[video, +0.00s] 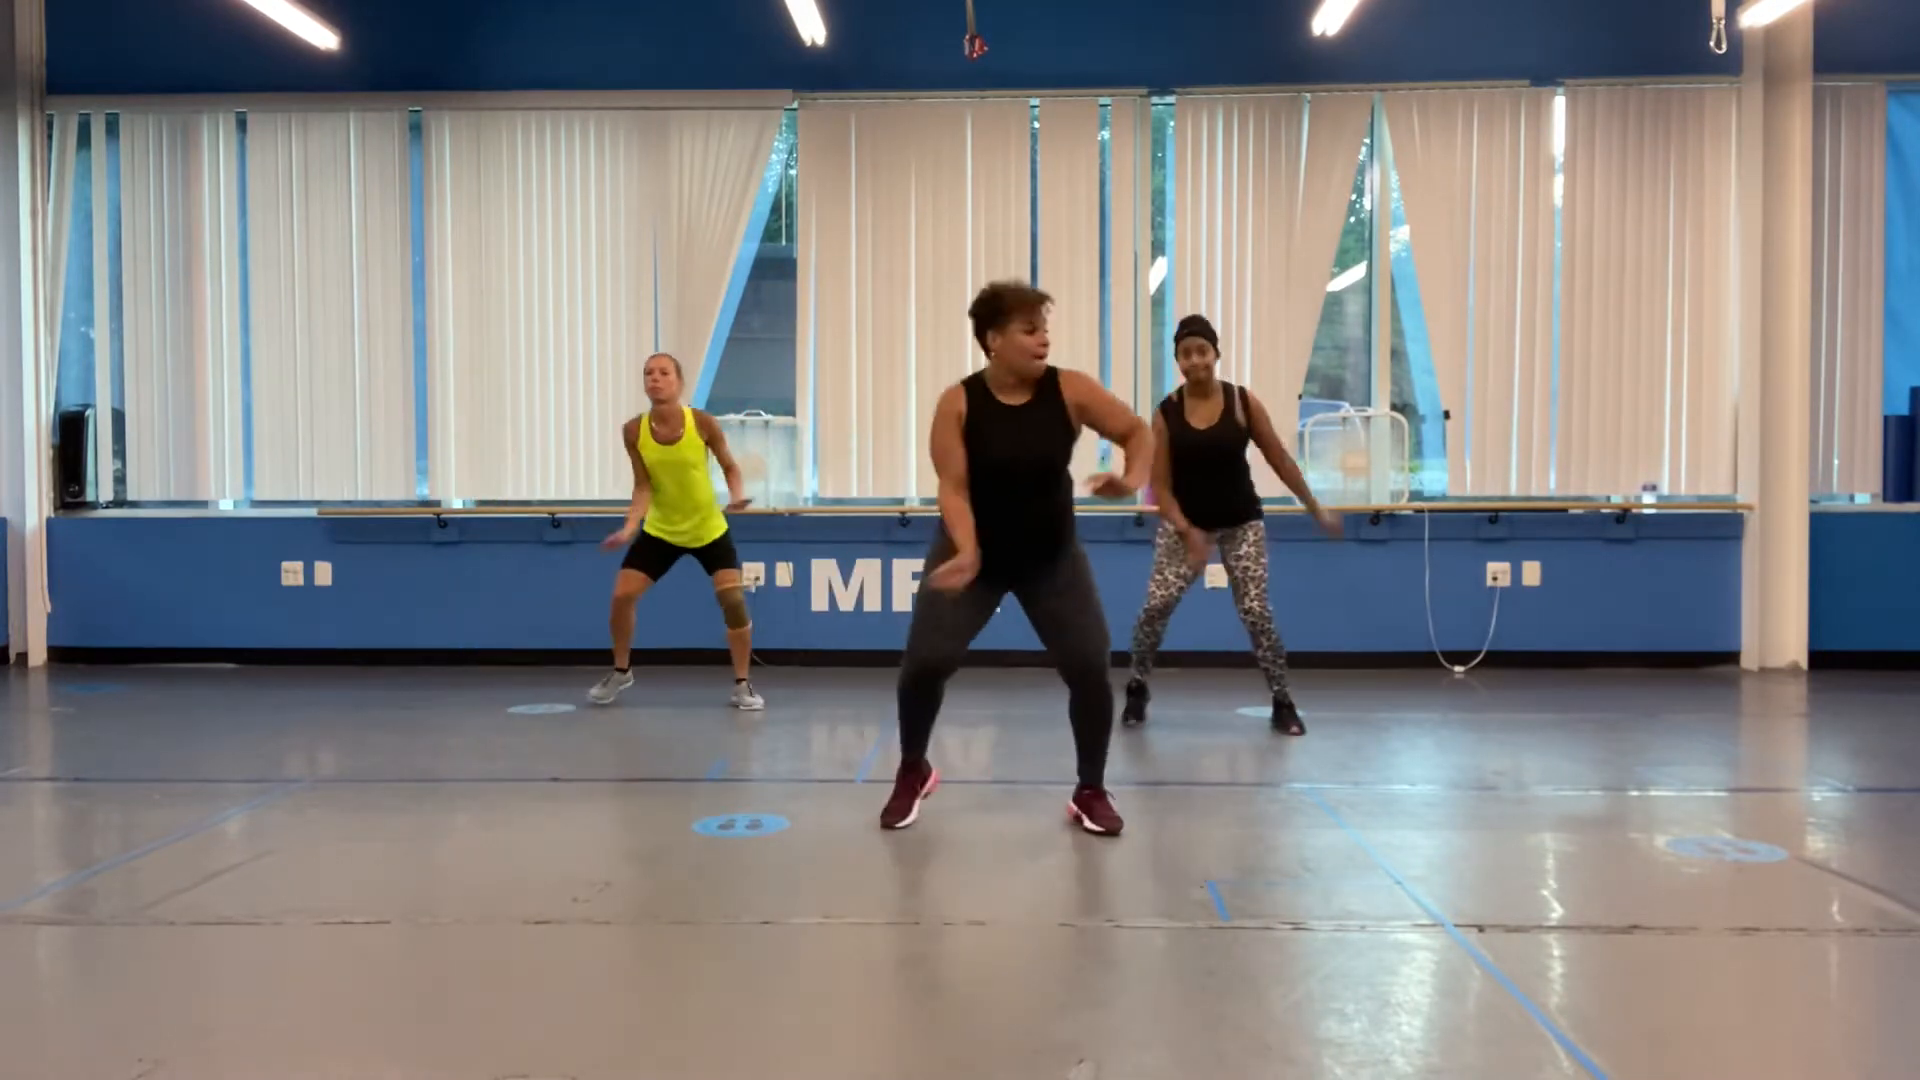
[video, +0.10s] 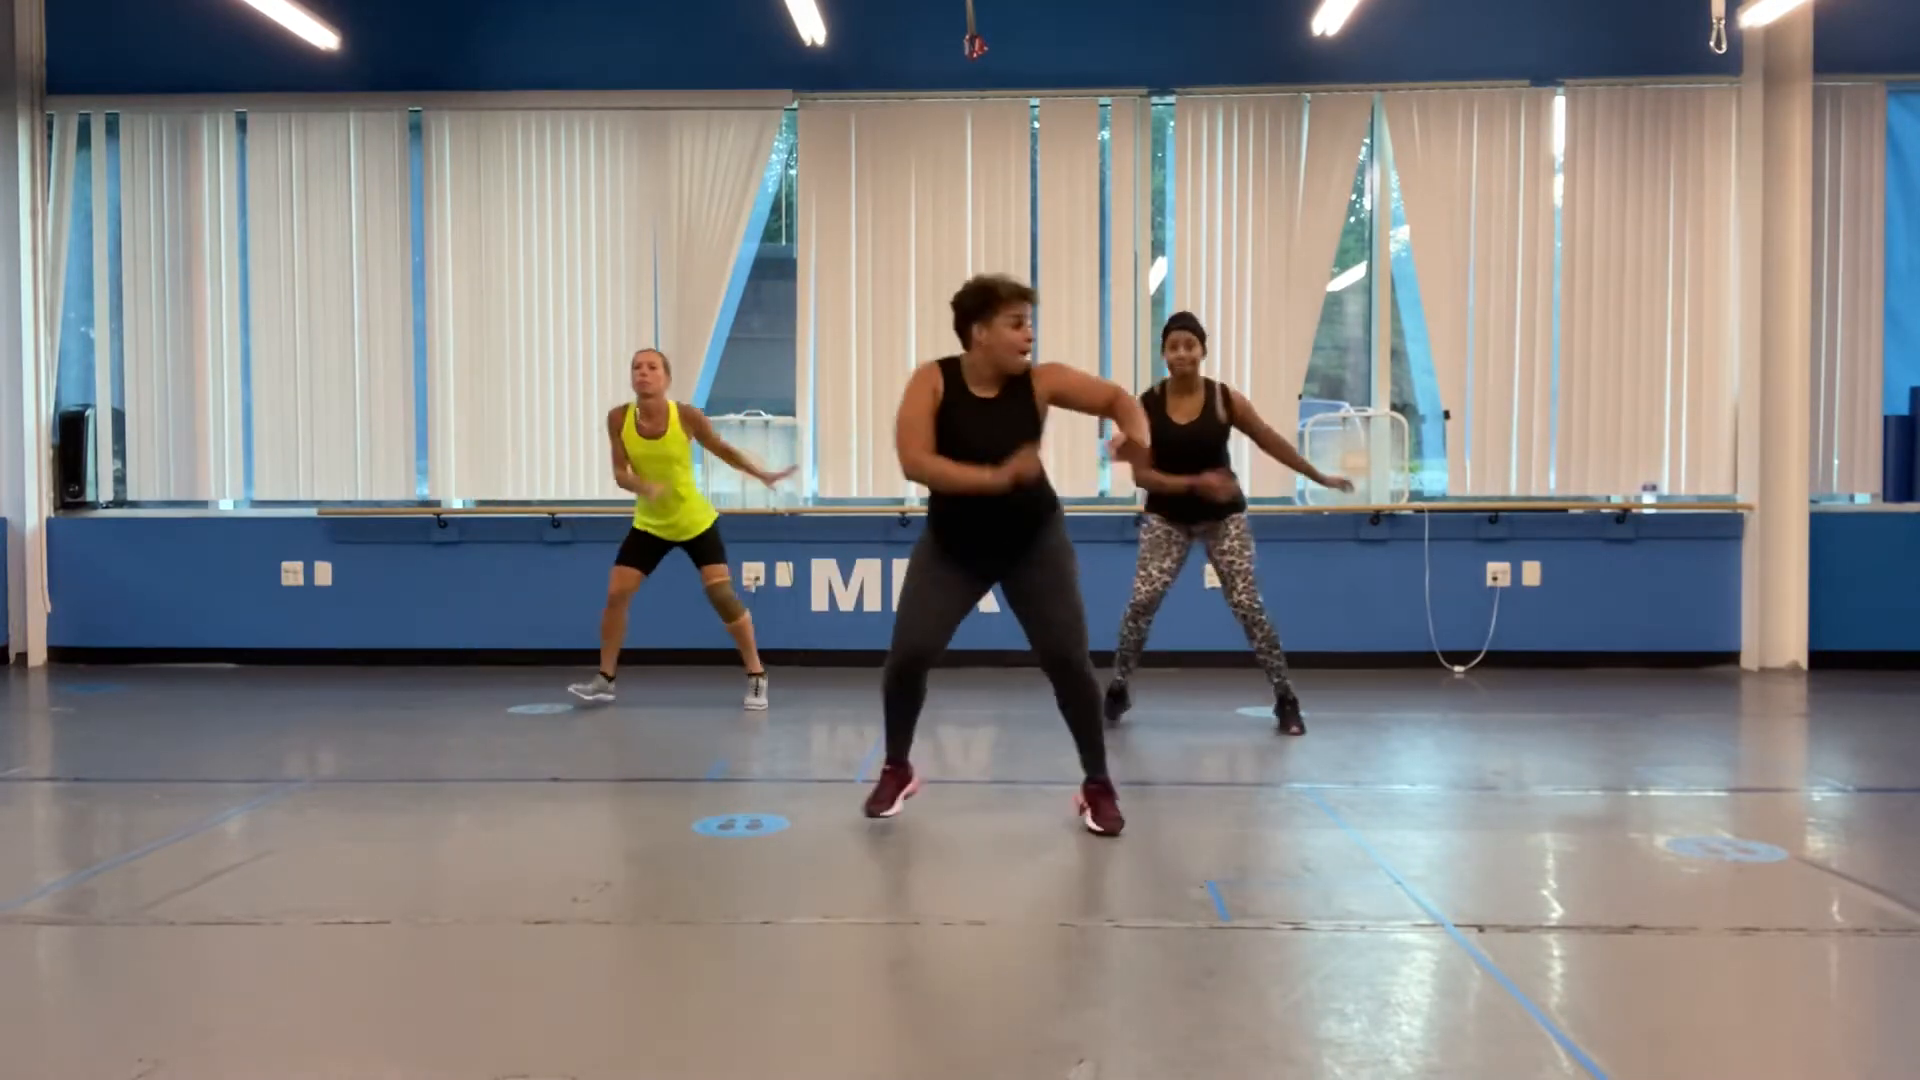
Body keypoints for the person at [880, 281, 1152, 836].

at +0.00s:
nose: (1044, 339)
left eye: (1045, 328)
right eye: (1030, 331)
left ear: (1048, 332)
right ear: (992, 341)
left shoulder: (1071, 391)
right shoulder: (957, 404)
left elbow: (1138, 433)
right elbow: (951, 486)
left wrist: (1130, 478)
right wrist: (967, 549)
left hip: (1051, 555)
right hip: (971, 553)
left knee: (1090, 666)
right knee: (923, 665)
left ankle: (1091, 790)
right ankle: (913, 769)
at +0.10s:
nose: (1028, 334)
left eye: (1029, 324)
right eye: (1015, 325)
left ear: (1028, 329)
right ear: (975, 332)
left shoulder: (1041, 382)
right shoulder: (932, 382)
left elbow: (1118, 399)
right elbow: (914, 461)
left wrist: (1138, 438)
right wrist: (996, 476)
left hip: (1033, 544)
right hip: (952, 545)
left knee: (1067, 659)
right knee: (907, 656)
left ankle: (1097, 784)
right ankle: (896, 767)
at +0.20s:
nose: (1007, 344)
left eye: (1007, 334)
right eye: (994, 335)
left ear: (1001, 341)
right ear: (954, 341)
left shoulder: (1017, 390)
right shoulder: (913, 376)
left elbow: (1082, 423)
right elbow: (875, 434)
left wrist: (1111, 432)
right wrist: (959, 430)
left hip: (1005, 541)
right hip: (930, 551)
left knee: (1057, 646)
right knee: (898, 669)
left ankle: (1113, 736)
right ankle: (881, 789)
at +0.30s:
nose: (997, 348)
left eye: (996, 338)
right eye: (984, 339)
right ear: (945, 347)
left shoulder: (1006, 413)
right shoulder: (899, 384)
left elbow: (1041, 487)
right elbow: (839, 426)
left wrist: (1078, 471)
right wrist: (917, 448)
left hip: (991, 551)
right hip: (912, 555)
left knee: (1037, 642)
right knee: (883, 674)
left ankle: (1091, 710)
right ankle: (880, 791)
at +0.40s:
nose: (981, 346)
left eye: (985, 334)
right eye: (966, 335)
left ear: (991, 338)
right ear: (934, 341)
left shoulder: (1005, 411)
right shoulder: (897, 379)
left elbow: (997, 499)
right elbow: (817, 400)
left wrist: (1033, 496)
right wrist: (856, 458)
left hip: (986, 552)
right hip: (905, 551)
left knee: (1031, 658)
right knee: (881, 672)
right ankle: (879, 791)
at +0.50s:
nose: (937, 350)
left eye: (949, 339)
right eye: (929, 339)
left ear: (980, 332)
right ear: (922, 337)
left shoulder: (1016, 388)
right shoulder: (908, 367)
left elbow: (1021, 467)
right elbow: (825, 359)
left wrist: (1005, 460)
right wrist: (801, 415)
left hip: (986, 545)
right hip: (907, 542)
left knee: (1035, 651)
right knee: (891, 668)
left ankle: (1041, 774)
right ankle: (878, 790)